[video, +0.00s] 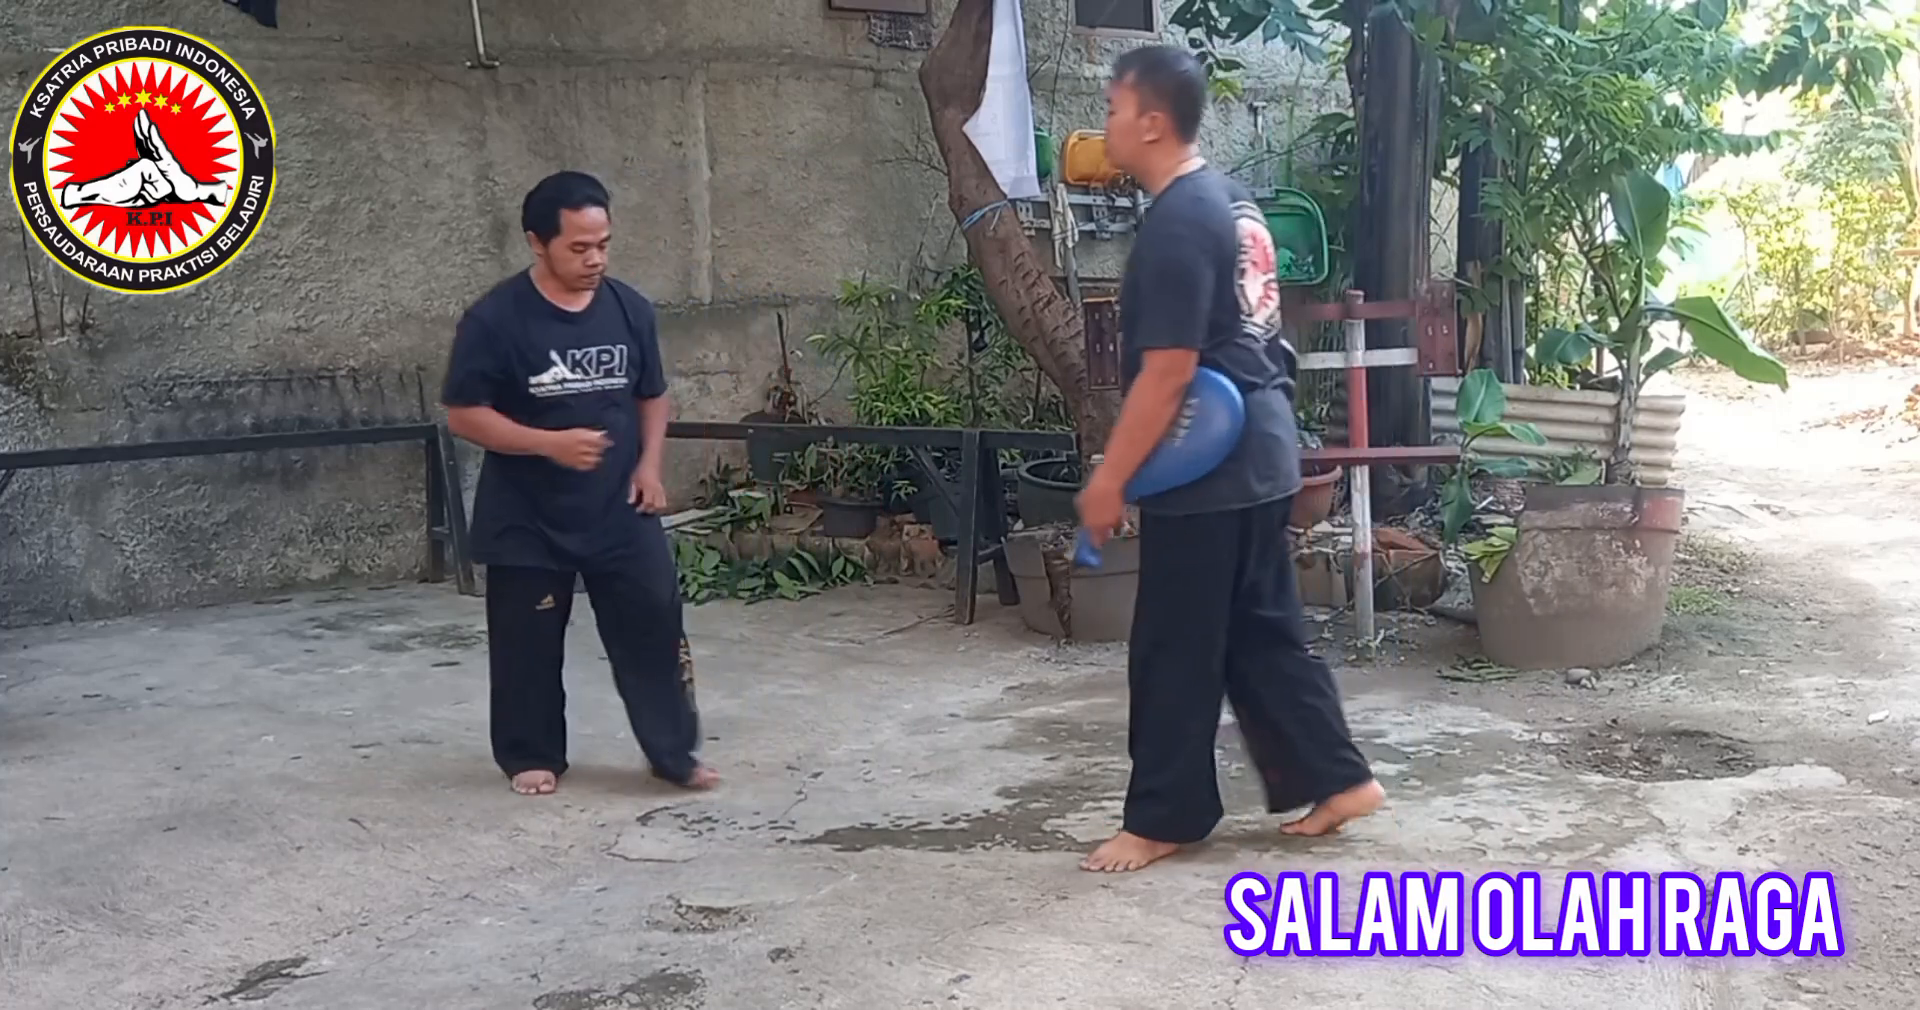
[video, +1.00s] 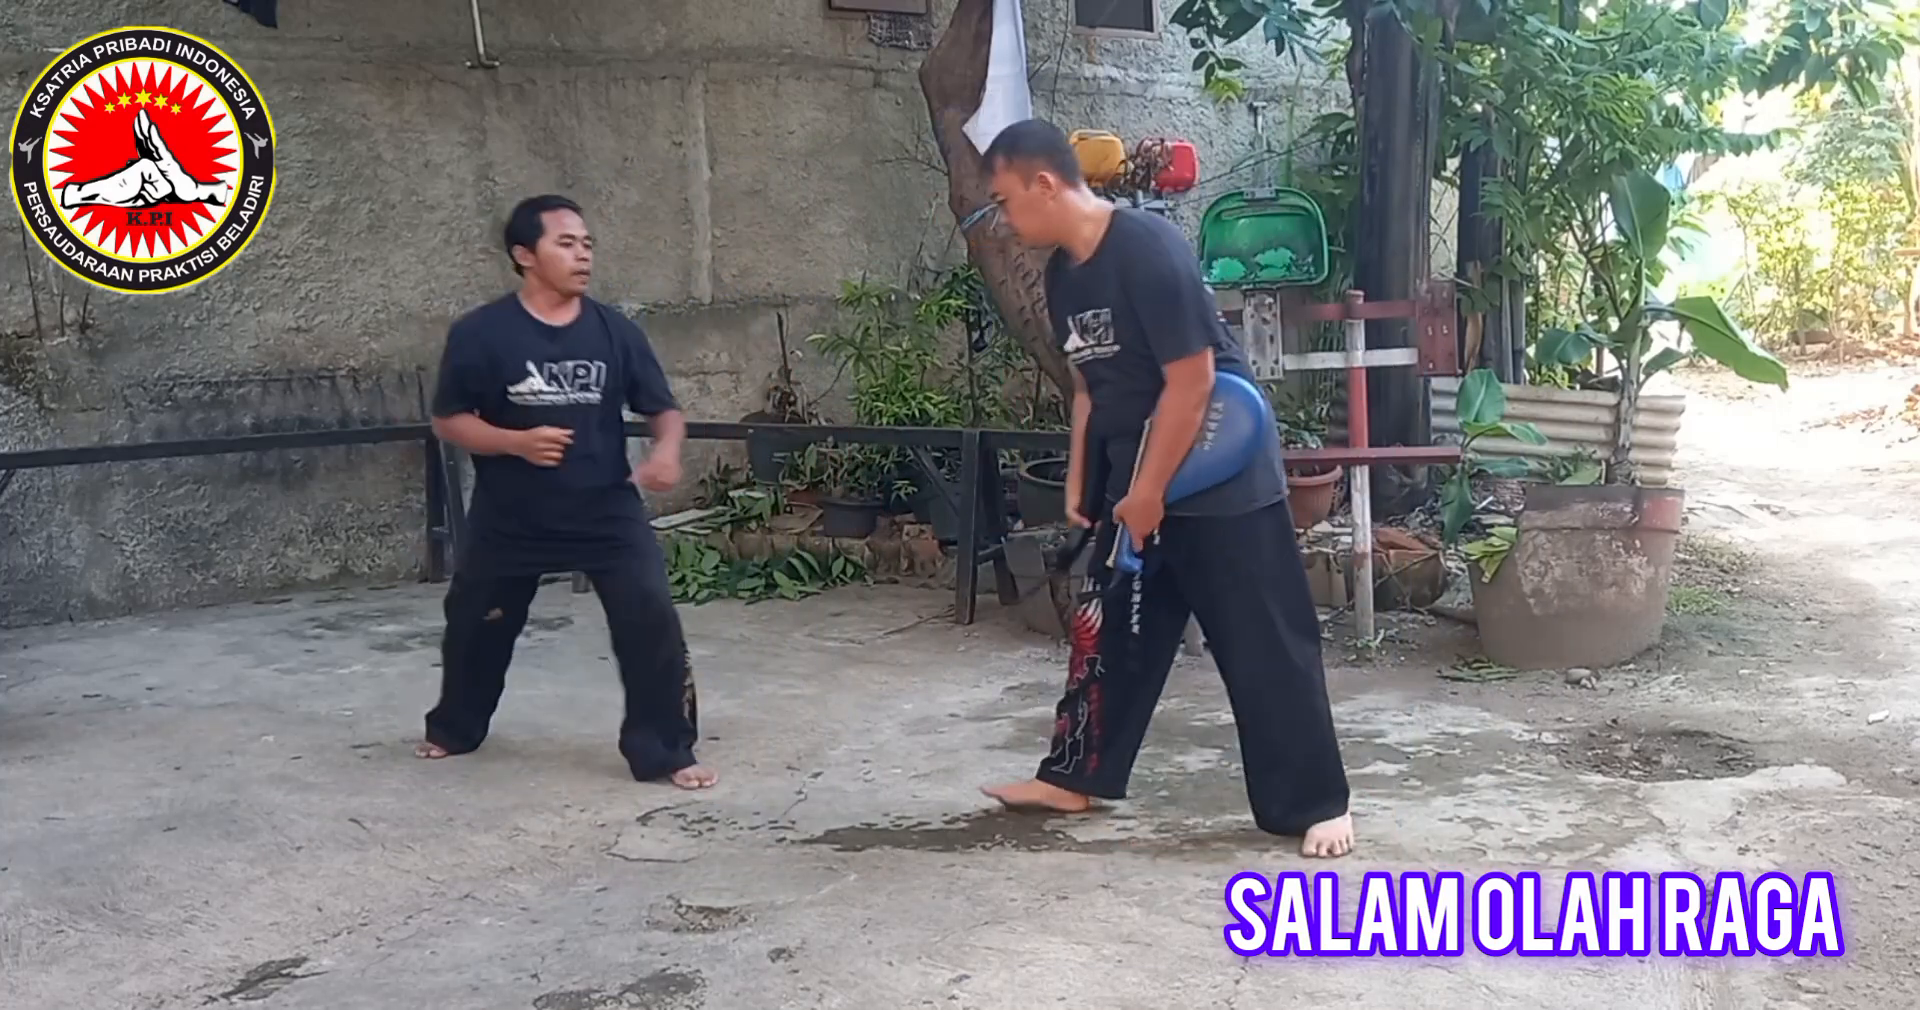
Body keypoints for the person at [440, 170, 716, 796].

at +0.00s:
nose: (596, 259)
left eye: (603, 244)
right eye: (581, 247)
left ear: (610, 238)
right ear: (539, 243)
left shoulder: (631, 309)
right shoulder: (493, 320)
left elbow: (654, 395)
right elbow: (463, 414)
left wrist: (650, 463)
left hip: (618, 509)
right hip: (529, 517)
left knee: (654, 622)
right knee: (527, 644)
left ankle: (674, 754)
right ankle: (532, 759)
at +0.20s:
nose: (580, 248)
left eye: (586, 233)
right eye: (564, 236)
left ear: (594, 229)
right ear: (523, 232)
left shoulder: (616, 303)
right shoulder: (469, 303)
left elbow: (642, 385)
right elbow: (432, 377)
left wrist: (636, 443)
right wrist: (460, 438)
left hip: (594, 501)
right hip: (508, 504)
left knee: (603, 630)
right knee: (513, 638)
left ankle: (591, 737)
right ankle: (525, 755)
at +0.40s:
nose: (595, 257)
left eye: (602, 244)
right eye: (581, 243)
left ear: (609, 242)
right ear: (540, 239)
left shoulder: (620, 320)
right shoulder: (479, 296)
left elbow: (636, 409)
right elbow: (433, 363)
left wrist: (624, 454)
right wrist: (470, 429)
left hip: (575, 498)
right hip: (488, 496)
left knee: (581, 622)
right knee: (486, 622)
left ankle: (584, 737)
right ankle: (493, 743)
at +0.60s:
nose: (554, 246)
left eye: (558, 233)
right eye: (538, 235)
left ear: (563, 237)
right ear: (495, 241)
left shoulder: (584, 315)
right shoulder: (441, 308)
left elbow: (615, 397)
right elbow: (409, 387)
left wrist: (600, 455)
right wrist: (455, 428)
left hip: (556, 502)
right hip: (461, 501)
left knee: (579, 614)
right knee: (440, 614)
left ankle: (585, 737)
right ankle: (440, 727)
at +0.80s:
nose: (527, 255)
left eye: (531, 244)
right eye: (510, 246)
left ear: (538, 250)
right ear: (469, 258)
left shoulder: (568, 326)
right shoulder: (427, 332)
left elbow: (601, 405)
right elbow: (398, 417)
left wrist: (595, 461)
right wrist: (460, 437)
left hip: (555, 508)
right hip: (460, 513)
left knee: (604, 606)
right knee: (443, 619)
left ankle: (627, 737)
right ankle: (441, 726)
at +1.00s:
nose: (583, 254)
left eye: (586, 244)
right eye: (567, 243)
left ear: (592, 252)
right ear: (525, 256)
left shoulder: (617, 332)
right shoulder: (477, 334)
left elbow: (664, 409)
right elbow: (449, 421)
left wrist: (667, 453)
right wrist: (514, 441)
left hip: (607, 517)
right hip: (511, 520)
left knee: (652, 619)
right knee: (473, 622)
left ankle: (665, 751)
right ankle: (456, 726)